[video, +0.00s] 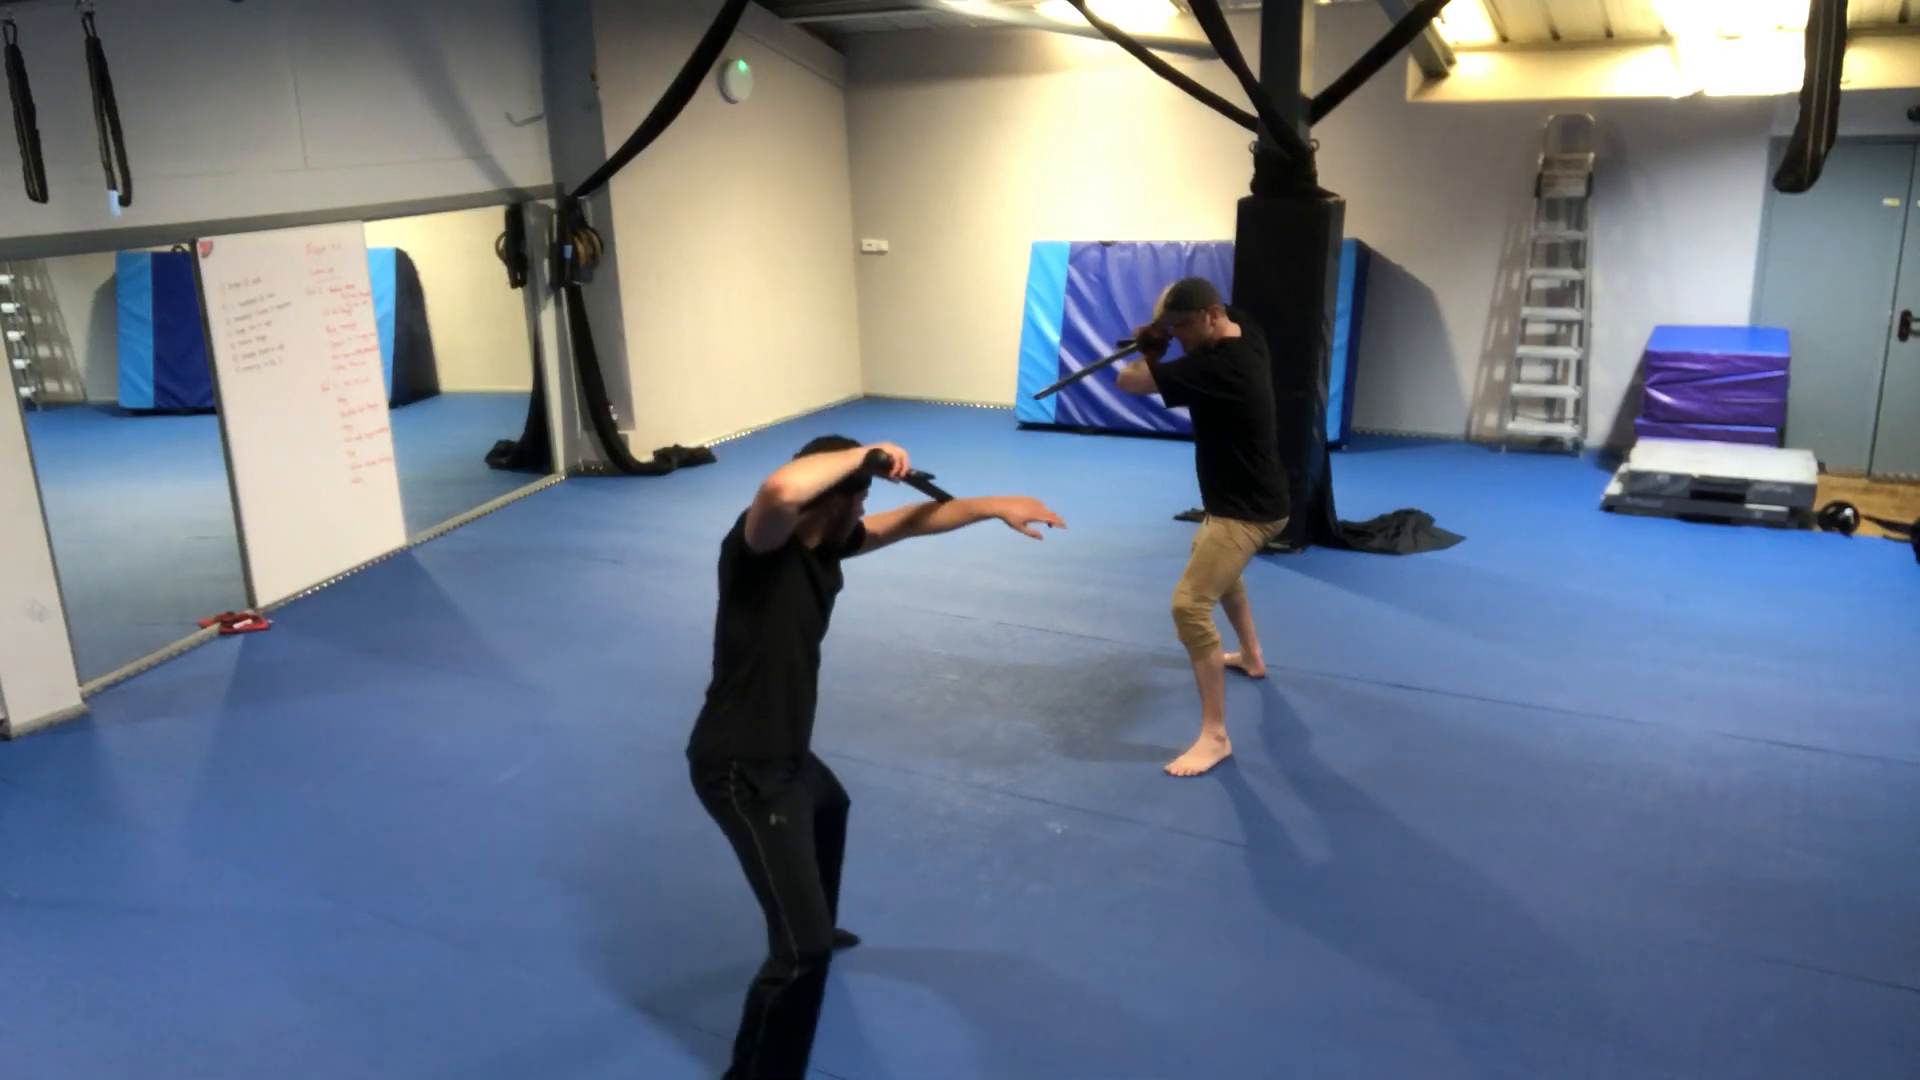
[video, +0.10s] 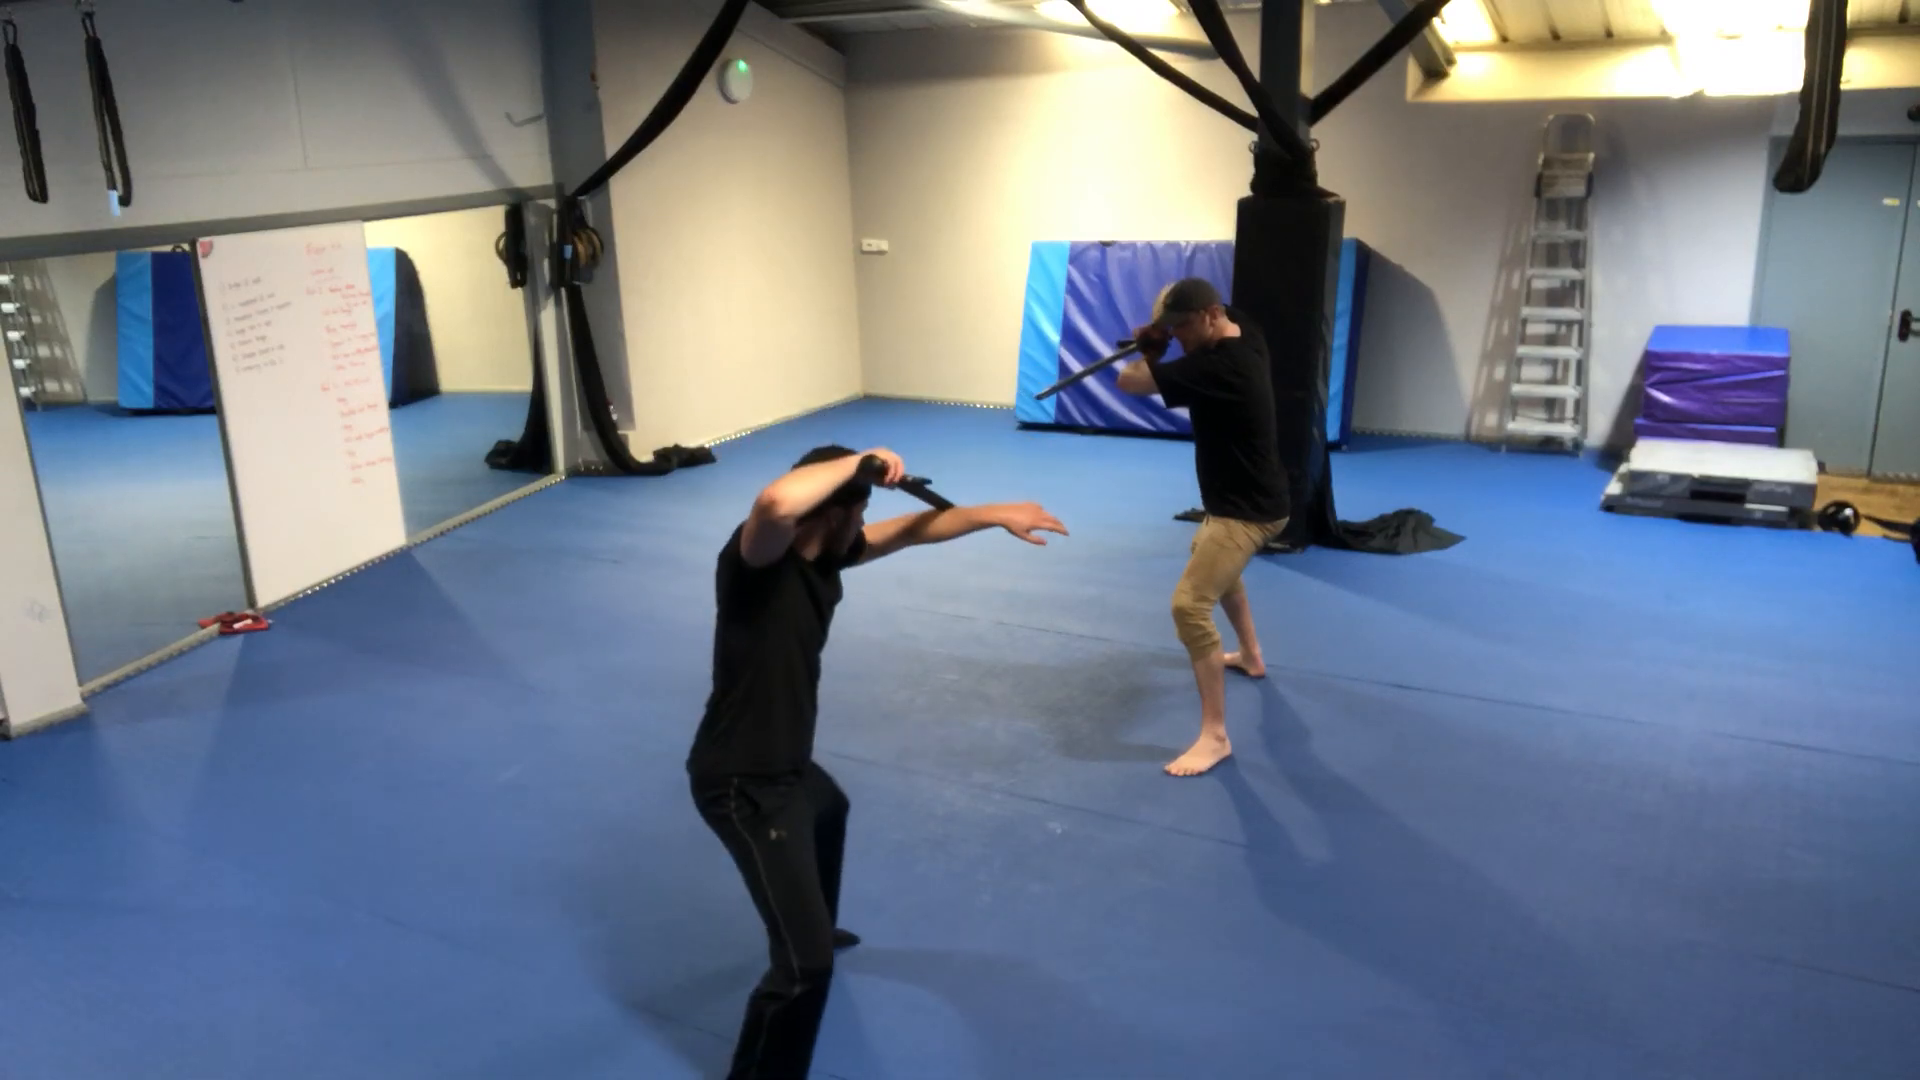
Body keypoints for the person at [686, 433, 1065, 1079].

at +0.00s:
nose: (857, 521)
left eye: (859, 509)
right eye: (850, 506)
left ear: (846, 507)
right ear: (815, 504)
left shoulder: (827, 547)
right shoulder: (760, 547)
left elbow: (912, 520)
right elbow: (779, 489)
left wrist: (995, 504)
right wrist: (865, 457)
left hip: (781, 753)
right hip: (738, 765)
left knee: (829, 805)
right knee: (804, 948)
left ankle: (812, 926)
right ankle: (754, 1074)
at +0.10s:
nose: (857, 527)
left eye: (859, 514)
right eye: (849, 511)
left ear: (850, 515)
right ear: (816, 510)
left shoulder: (826, 557)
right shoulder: (756, 560)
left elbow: (914, 528)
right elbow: (775, 502)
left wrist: (997, 513)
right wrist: (859, 463)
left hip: (783, 765)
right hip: (739, 780)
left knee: (830, 809)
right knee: (805, 960)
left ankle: (812, 927)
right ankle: (756, 1075)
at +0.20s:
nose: (858, 535)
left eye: (860, 523)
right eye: (851, 520)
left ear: (849, 523)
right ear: (822, 516)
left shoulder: (826, 565)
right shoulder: (754, 569)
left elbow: (915, 534)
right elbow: (770, 513)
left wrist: (999, 520)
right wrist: (852, 477)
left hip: (782, 772)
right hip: (739, 790)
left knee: (830, 812)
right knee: (809, 975)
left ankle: (812, 928)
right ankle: (759, 1075)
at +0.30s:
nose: (860, 540)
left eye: (861, 527)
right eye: (852, 525)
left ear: (840, 529)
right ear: (823, 522)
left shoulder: (827, 571)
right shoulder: (751, 578)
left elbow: (917, 541)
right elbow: (764, 524)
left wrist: (998, 527)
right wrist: (846, 487)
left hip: (783, 776)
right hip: (739, 798)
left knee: (831, 816)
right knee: (810, 984)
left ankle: (815, 929)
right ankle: (760, 1074)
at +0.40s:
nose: (855, 547)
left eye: (857, 536)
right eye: (847, 535)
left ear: (836, 536)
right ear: (819, 531)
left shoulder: (827, 574)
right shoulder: (749, 582)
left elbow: (917, 548)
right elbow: (759, 535)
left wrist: (994, 534)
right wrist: (846, 495)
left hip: (783, 778)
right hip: (739, 800)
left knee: (831, 816)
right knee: (813, 985)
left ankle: (811, 929)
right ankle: (759, 1075)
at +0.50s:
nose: (857, 546)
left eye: (858, 533)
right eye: (849, 533)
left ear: (832, 534)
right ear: (818, 530)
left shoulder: (826, 574)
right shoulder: (748, 583)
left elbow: (916, 548)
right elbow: (755, 540)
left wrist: (990, 539)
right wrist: (842, 499)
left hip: (783, 776)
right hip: (739, 800)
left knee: (830, 815)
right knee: (814, 985)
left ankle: (810, 930)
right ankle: (760, 1075)